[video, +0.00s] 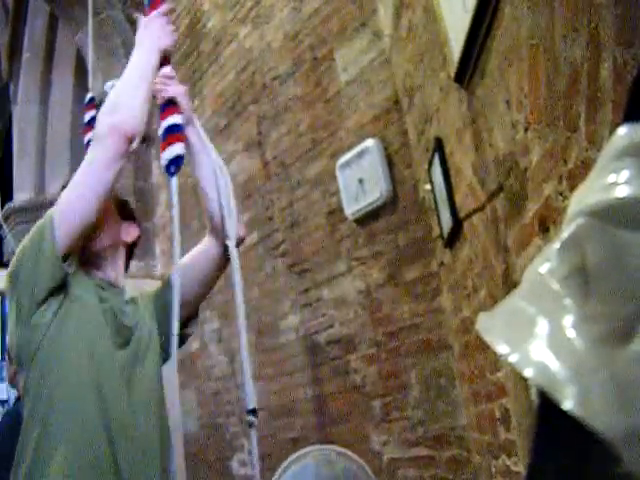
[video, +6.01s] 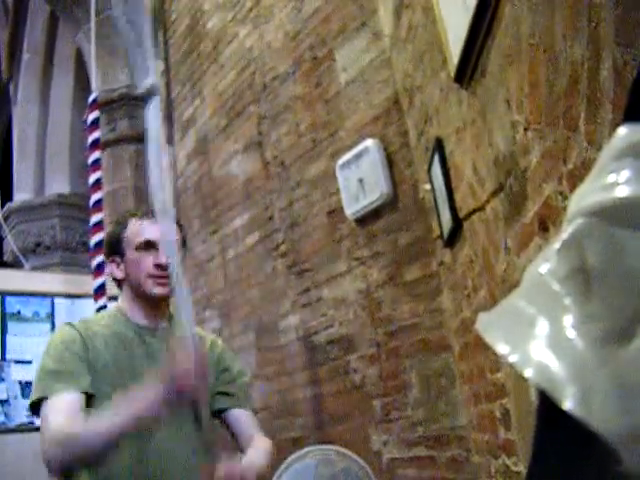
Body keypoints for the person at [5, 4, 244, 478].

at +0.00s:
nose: (99, 210)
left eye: (111, 203)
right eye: (97, 199)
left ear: (129, 230)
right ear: (74, 228)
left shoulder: (149, 317)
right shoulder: (38, 291)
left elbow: (225, 236)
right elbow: (118, 135)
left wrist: (187, 124)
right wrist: (147, 48)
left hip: (143, 470)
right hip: (56, 469)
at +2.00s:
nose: (87, 242)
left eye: (101, 234)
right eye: (87, 234)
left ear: (132, 254)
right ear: (74, 248)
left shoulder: (170, 327)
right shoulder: (52, 326)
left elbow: (228, 230)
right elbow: (93, 195)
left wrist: (172, 136)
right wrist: (128, 108)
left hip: (165, 470)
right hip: (78, 470)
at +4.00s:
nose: (136, 232)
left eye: (144, 225)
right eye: (124, 224)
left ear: (159, 246)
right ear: (106, 241)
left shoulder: (187, 324)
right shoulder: (71, 319)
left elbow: (247, 241)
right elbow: (127, 203)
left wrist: (187, 161)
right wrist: (137, 129)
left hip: (180, 472)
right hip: (92, 471)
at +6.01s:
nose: (164, 260)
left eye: (171, 249)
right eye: (147, 248)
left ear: (182, 260)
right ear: (117, 267)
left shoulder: (206, 349)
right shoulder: (76, 341)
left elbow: (257, 444)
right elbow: (57, 448)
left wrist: (245, 468)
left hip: (191, 472)